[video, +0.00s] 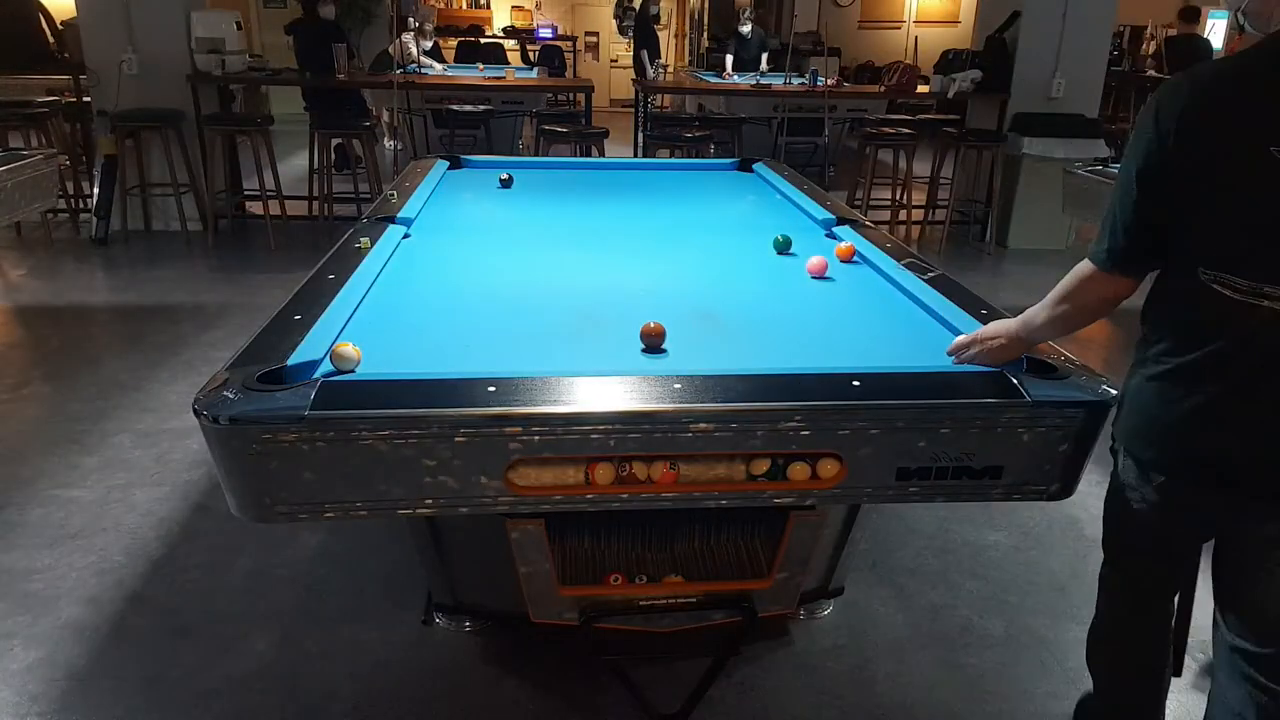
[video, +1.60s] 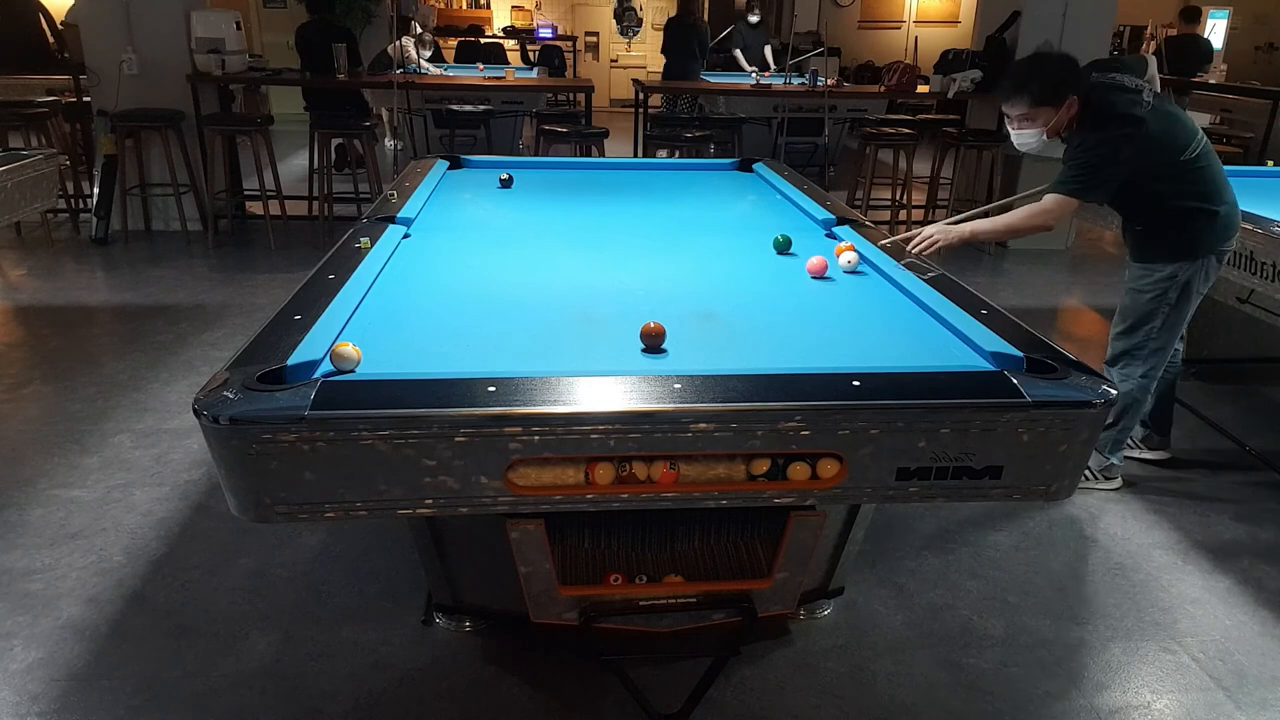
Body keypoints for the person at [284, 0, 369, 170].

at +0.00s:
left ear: (302, 8)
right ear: (319, 6)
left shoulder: (298, 30)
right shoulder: (332, 26)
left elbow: (301, 66)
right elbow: (350, 57)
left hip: (313, 99)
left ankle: (348, 150)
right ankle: (345, 149)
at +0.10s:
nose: (336, 9)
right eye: (332, 5)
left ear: (305, 7)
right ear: (324, 6)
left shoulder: (299, 27)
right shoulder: (333, 28)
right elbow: (352, 60)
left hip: (313, 99)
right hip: (339, 101)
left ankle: (347, 150)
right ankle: (345, 149)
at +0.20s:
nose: (340, 10)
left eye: (339, 5)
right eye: (337, 5)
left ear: (310, 8)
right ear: (327, 7)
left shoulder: (301, 28)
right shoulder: (336, 29)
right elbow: (354, 61)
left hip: (314, 99)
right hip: (341, 102)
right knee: (363, 110)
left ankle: (348, 150)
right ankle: (346, 149)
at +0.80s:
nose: (340, 9)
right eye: (338, 6)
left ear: (310, 10)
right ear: (336, 9)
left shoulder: (303, 31)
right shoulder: (344, 31)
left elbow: (309, 66)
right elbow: (357, 69)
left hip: (315, 102)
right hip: (346, 103)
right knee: (365, 112)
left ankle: (350, 151)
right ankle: (344, 148)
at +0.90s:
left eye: (307, 6)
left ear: (308, 9)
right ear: (332, 8)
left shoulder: (301, 31)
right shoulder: (343, 30)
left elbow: (306, 66)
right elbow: (356, 69)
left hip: (315, 102)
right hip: (346, 104)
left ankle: (350, 151)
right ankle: (344, 149)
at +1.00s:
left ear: (307, 9)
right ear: (332, 9)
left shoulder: (301, 32)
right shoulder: (343, 31)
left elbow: (306, 65)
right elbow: (357, 70)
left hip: (314, 101)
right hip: (345, 103)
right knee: (363, 108)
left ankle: (350, 151)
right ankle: (345, 149)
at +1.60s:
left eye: (306, 6)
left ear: (308, 9)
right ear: (332, 8)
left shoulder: (302, 31)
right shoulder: (343, 31)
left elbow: (306, 63)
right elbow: (357, 69)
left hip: (315, 101)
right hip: (346, 101)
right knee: (365, 112)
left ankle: (354, 152)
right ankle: (345, 149)